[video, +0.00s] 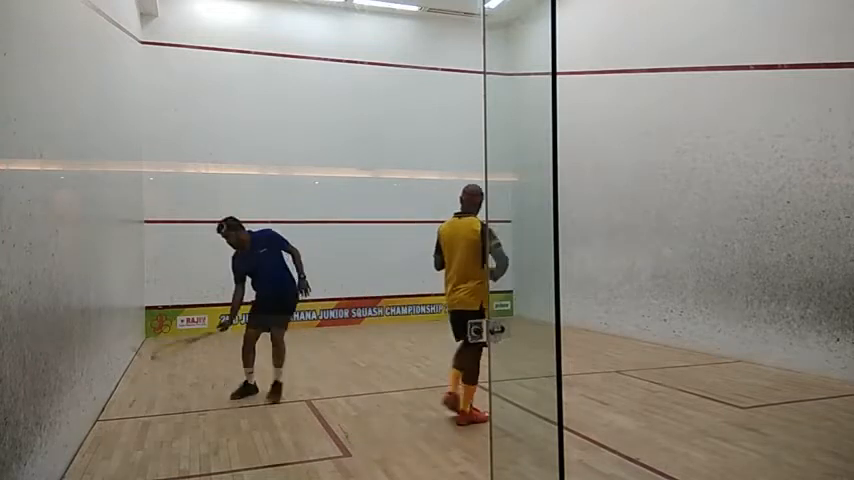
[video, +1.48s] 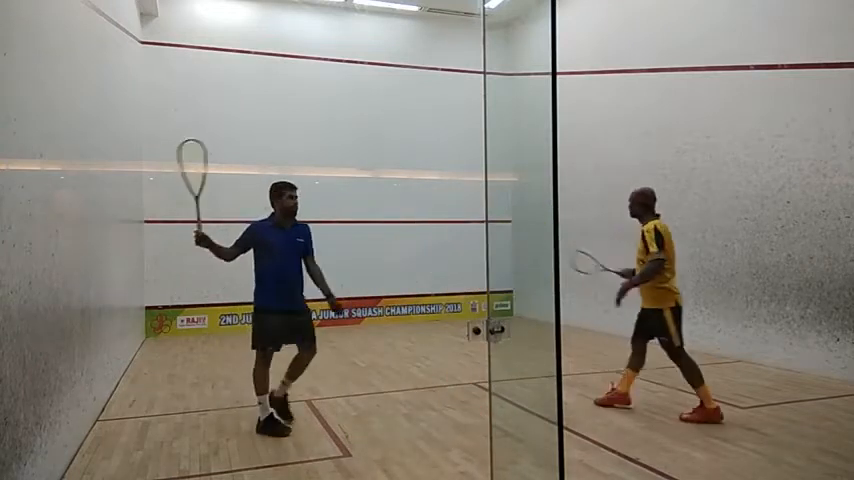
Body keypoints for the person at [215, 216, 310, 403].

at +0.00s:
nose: (228, 242)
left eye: (228, 236)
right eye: (225, 238)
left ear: (239, 231)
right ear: (230, 236)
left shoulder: (268, 237)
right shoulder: (238, 260)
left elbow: (294, 252)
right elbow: (239, 291)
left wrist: (302, 277)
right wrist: (230, 319)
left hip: (285, 293)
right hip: (263, 297)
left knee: (277, 337)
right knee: (249, 338)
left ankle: (277, 383)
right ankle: (249, 383)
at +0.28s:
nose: (228, 225)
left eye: (231, 220)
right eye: (226, 221)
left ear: (243, 216)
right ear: (228, 220)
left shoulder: (266, 233)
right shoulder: (233, 242)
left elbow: (290, 256)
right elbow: (234, 264)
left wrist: (296, 282)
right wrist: (228, 285)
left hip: (270, 297)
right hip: (248, 297)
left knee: (264, 345)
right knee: (242, 346)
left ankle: (257, 393)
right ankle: (248, 381)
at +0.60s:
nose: (245, 210)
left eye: (249, 206)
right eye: (244, 206)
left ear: (263, 207)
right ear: (244, 207)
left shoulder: (278, 231)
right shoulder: (245, 230)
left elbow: (285, 265)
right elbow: (245, 252)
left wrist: (270, 279)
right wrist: (226, 263)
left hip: (269, 297)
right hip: (244, 294)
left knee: (264, 346)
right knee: (229, 345)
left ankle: (257, 396)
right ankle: (237, 382)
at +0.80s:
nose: (260, 206)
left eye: (265, 203)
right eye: (259, 202)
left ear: (277, 207)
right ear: (258, 204)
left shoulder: (287, 234)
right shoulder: (249, 228)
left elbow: (278, 264)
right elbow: (240, 256)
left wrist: (258, 245)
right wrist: (220, 277)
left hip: (269, 301)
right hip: (243, 299)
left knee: (265, 349)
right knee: (238, 348)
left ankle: (258, 399)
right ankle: (232, 403)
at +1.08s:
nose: (277, 206)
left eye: (281, 203)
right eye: (273, 202)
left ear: (287, 207)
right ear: (264, 204)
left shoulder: (293, 236)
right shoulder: (249, 230)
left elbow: (292, 270)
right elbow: (228, 256)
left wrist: (287, 258)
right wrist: (195, 265)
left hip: (276, 301)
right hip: (250, 299)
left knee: (266, 352)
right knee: (256, 351)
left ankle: (257, 398)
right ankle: (259, 406)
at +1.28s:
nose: (284, 203)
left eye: (287, 200)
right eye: (279, 199)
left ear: (290, 205)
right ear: (267, 202)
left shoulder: (296, 233)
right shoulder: (252, 231)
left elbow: (299, 264)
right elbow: (223, 256)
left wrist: (301, 285)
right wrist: (190, 253)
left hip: (286, 306)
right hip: (259, 306)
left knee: (281, 361)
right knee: (260, 358)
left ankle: (259, 392)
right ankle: (264, 416)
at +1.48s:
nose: (295, 202)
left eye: (296, 198)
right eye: (290, 198)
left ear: (296, 201)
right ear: (275, 202)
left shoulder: (302, 231)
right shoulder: (258, 230)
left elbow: (311, 265)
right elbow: (230, 254)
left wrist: (330, 296)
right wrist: (209, 244)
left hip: (296, 306)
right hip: (267, 307)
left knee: (308, 350)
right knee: (264, 357)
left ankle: (279, 393)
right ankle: (264, 416)